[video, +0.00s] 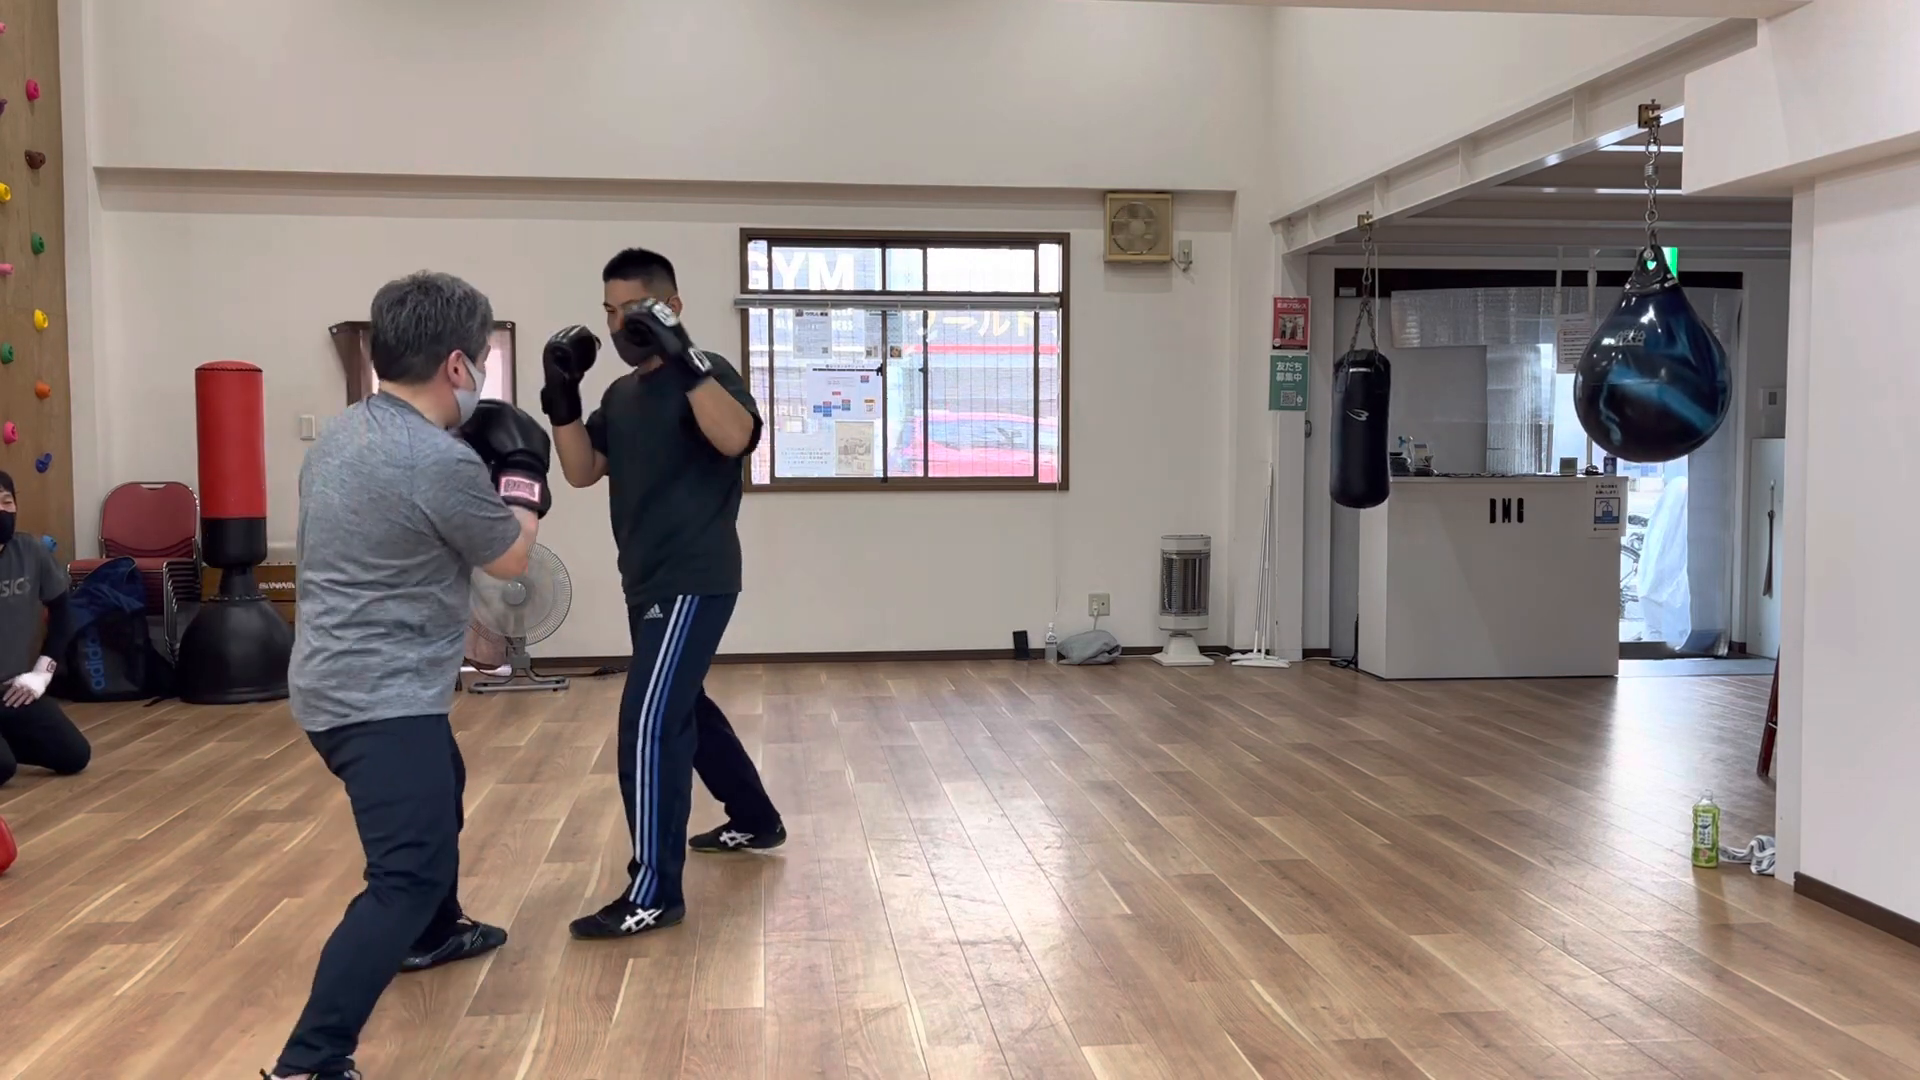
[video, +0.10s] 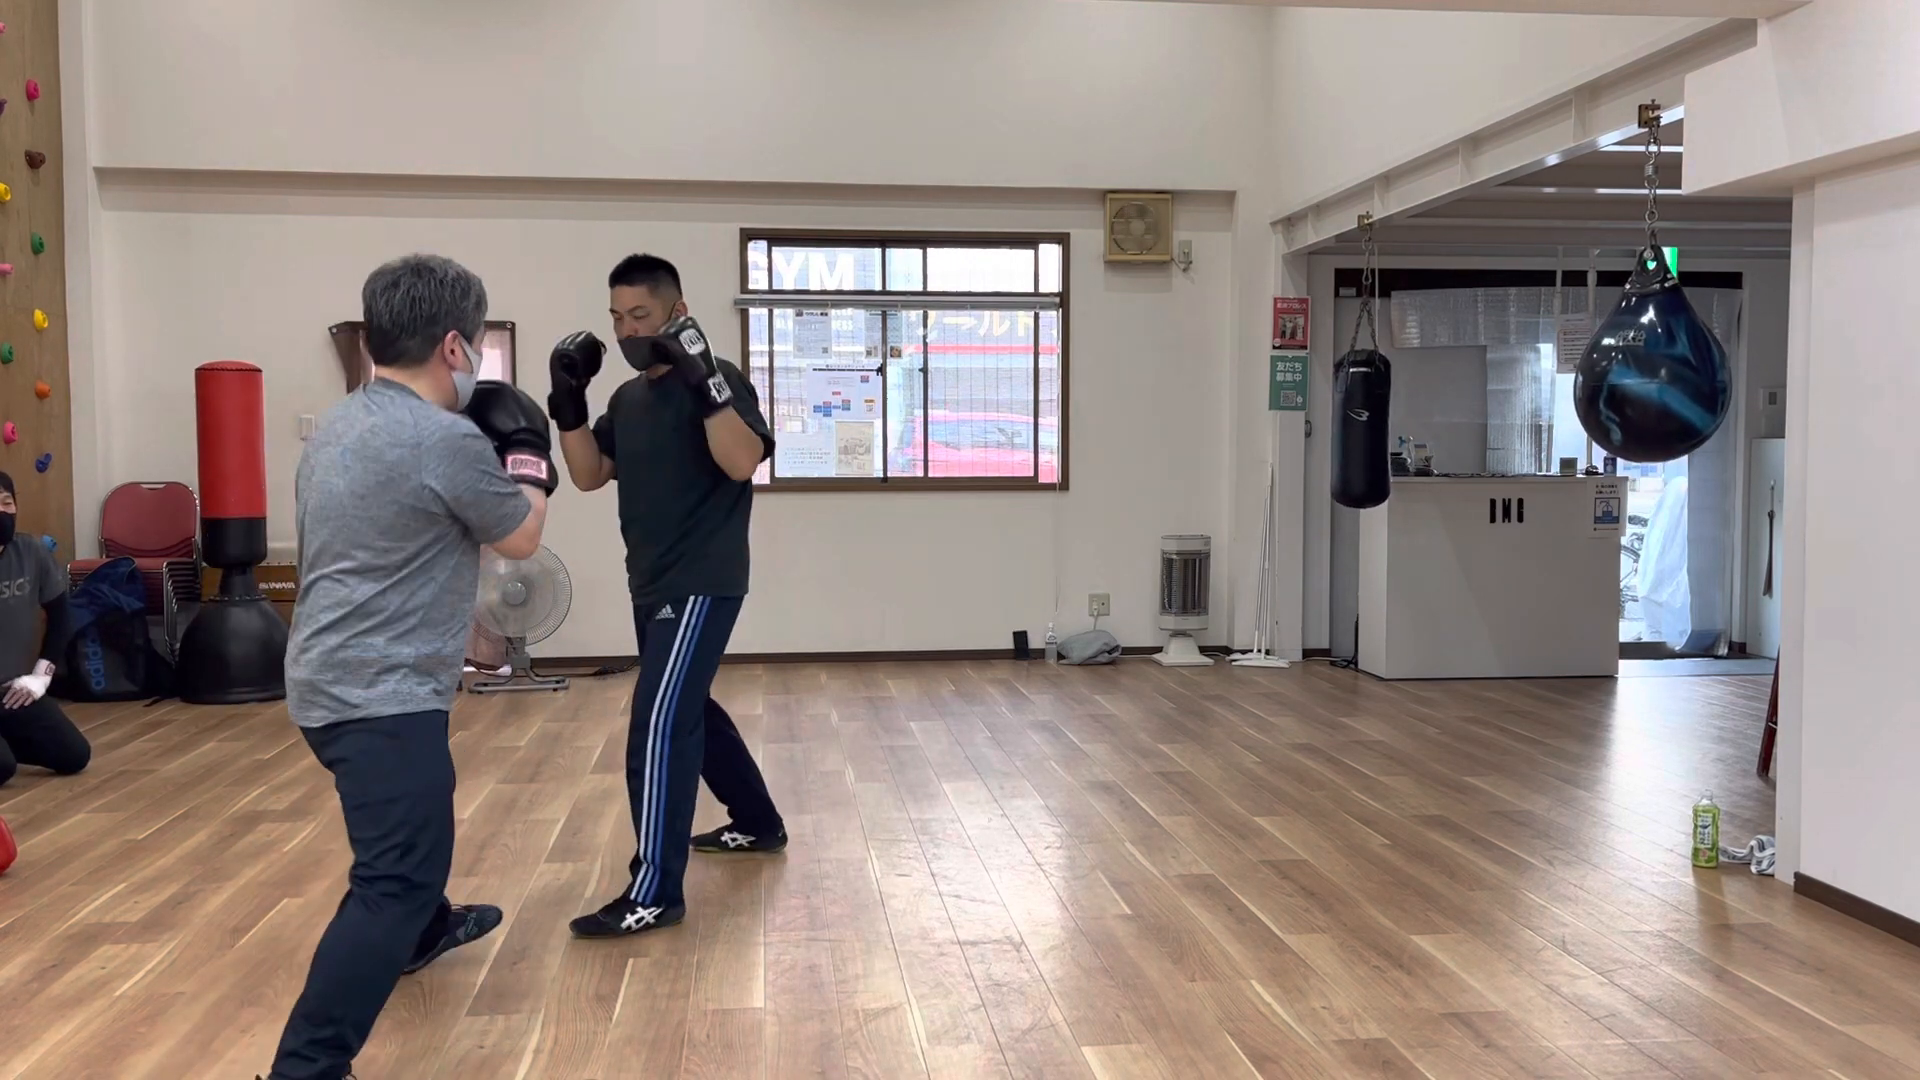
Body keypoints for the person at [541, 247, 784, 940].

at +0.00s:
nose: (625, 323)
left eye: (638, 309)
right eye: (613, 312)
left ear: (673, 304)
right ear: (604, 316)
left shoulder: (711, 374)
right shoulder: (617, 397)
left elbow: (736, 438)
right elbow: (582, 470)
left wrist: (680, 358)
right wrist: (561, 393)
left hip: (694, 578)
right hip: (646, 582)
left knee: (648, 719)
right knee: (684, 709)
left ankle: (653, 895)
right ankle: (756, 821)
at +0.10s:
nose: (628, 329)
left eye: (640, 315)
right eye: (618, 317)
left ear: (678, 311)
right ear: (612, 320)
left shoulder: (720, 379)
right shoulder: (626, 399)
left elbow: (744, 463)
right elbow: (589, 473)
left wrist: (703, 379)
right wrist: (568, 397)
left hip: (701, 582)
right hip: (653, 584)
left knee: (658, 723)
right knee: (688, 710)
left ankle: (653, 896)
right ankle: (758, 823)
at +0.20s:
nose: (637, 335)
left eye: (649, 320)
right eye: (626, 323)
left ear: (685, 316)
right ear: (619, 325)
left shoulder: (729, 382)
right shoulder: (634, 395)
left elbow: (753, 467)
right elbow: (595, 470)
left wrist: (710, 384)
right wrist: (576, 397)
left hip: (716, 579)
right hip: (662, 581)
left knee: (679, 720)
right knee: (695, 709)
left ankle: (660, 890)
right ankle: (759, 822)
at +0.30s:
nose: (640, 327)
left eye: (652, 313)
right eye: (630, 315)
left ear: (686, 306)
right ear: (622, 315)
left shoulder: (732, 371)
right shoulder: (636, 384)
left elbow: (756, 447)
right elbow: (594, 456)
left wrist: (711, 365)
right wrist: (580, 380)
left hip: (721, 566)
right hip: (668, 570)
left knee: (689, 709)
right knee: (702, 701)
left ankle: (685, 875)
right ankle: (760, 822)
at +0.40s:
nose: (642, 320)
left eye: (654, 306)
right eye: (631, 308)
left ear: (689, 302)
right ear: (621, 310)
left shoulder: (730, 367)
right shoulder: (632, 376)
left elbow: (738, 450)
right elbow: (598, 454)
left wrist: (704, 368)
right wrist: (582, 382)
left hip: (724, 562)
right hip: (669, 567)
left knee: (698, 707)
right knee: (712, 699)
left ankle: (697, 872)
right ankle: (760, 821)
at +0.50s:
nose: (637, 329)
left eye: (650, 314)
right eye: (627, 316)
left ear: (686, 312)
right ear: (619, 317)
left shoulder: (725, 382)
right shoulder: (632, 384)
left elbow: (718, 481)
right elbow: (601, 470)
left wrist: (678, 399)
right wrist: (580, 404)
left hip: (723, 571)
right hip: (667, 574)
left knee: (700, 712)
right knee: (690, 704)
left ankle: (696, 879)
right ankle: (756, 815)